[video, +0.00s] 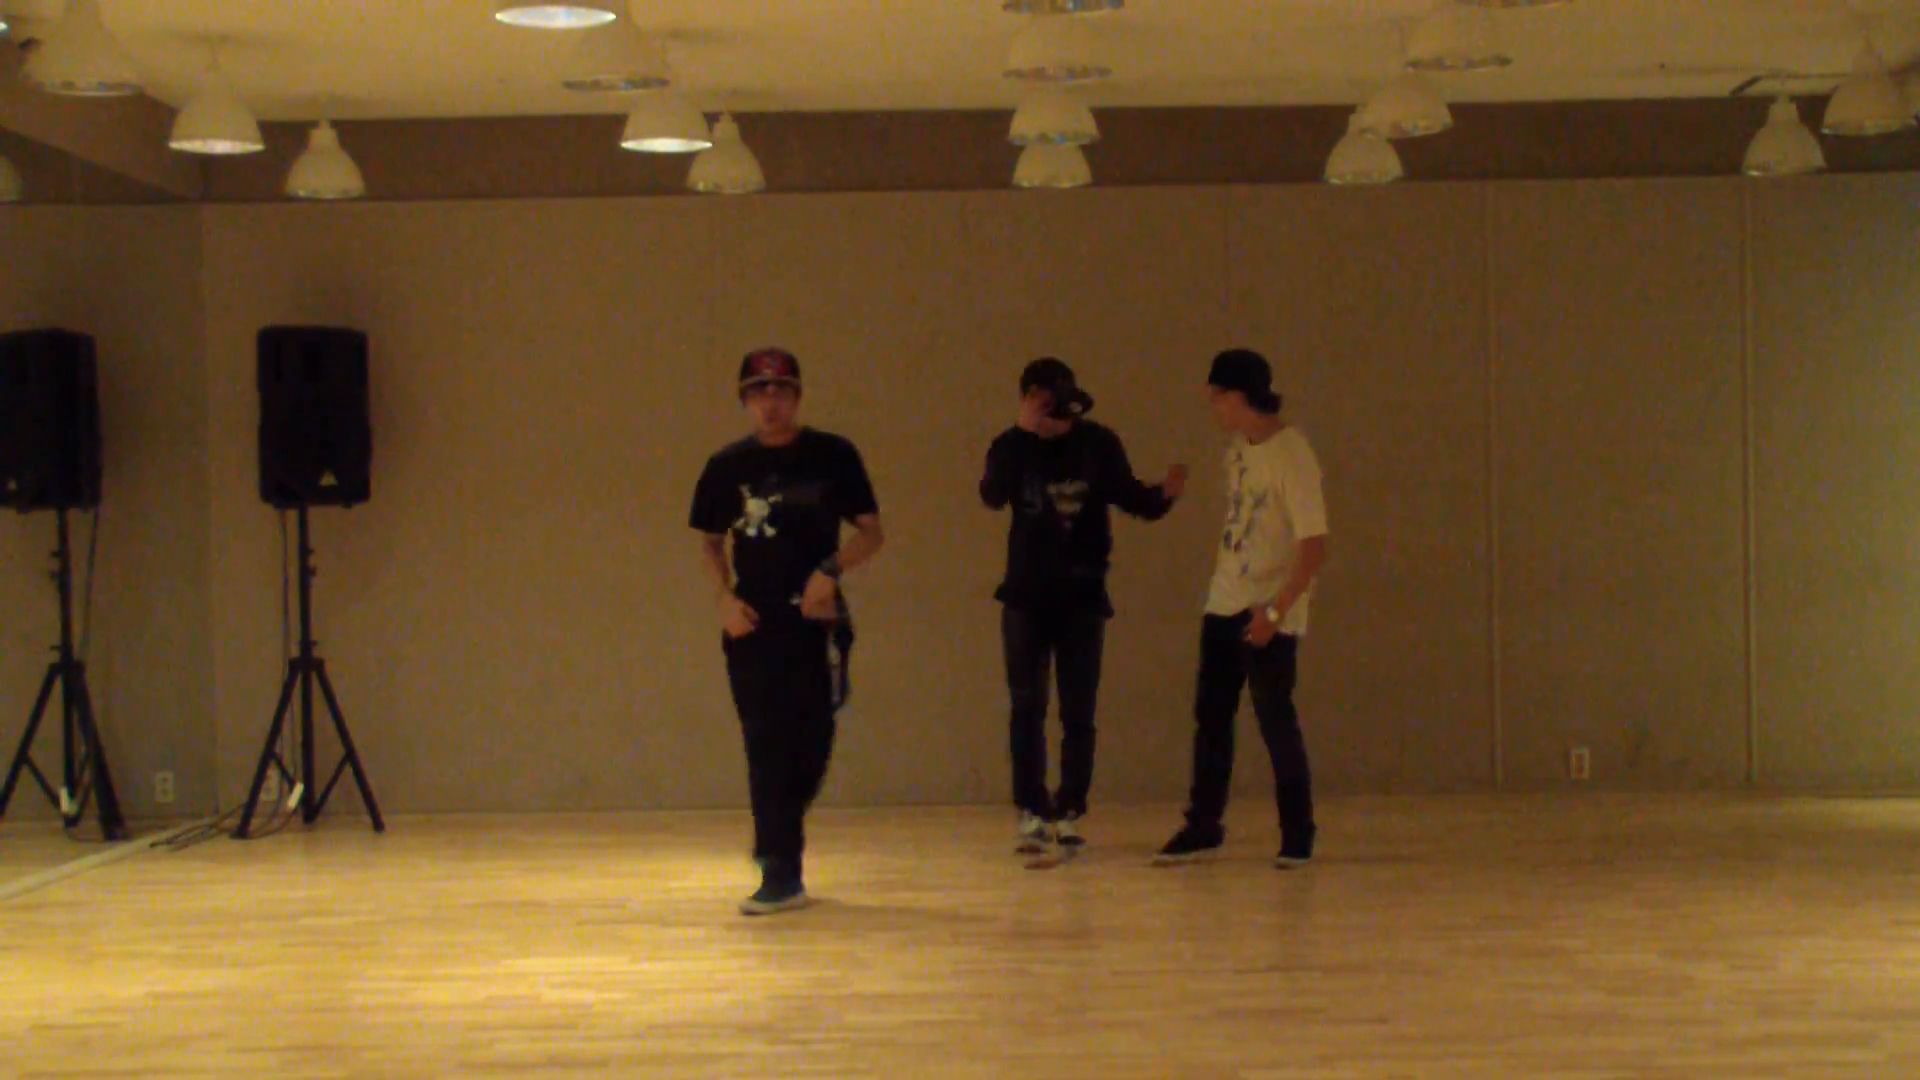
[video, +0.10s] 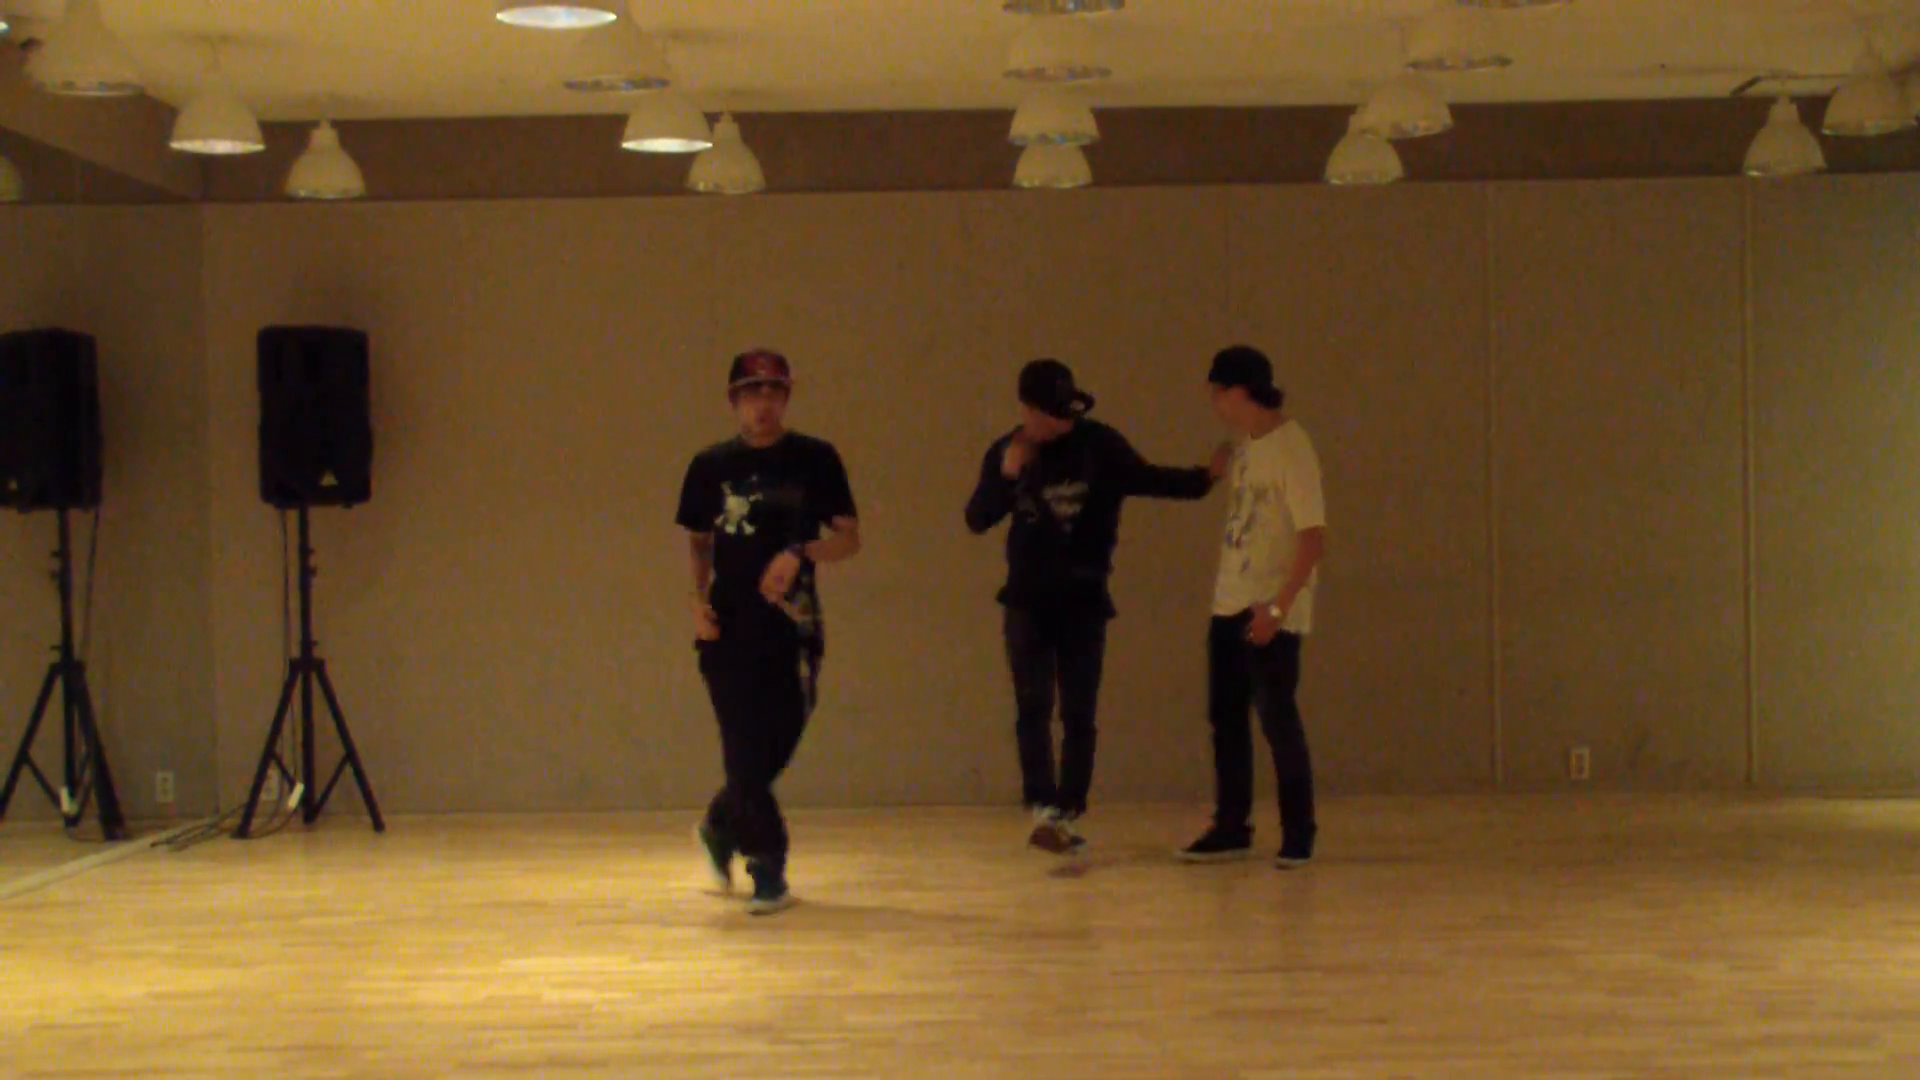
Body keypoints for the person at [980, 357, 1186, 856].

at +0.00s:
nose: (1043, 414)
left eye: (1052, 405)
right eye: (1037, 404)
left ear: (1067, 403)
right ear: (1025, 400)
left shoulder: (1097, 443)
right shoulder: (1011, 446)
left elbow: (1132, 500)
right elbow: (993, 497)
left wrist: (1164, 495)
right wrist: (1023, 433)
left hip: (1082, 596)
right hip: (1027, 595)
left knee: (1078, 712)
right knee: (1027, 706)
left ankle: (1069, 814)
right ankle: (1031, 812)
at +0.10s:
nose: (1027, 422)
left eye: (1036, 415)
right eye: (1029, 412)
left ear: (1059, 414)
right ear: (1026, 409)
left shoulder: (1100, 446)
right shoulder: (1008, 453)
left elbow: (1145, 479)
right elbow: (977, 521)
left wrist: (1203, 479)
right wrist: (1006, 475)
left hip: (1083, 599)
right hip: (1028, 599)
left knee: (1078, 711)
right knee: (1033, 705)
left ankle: (1070, 815)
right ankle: (1042, 809)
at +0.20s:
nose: (1062, 424)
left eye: (1064, 414)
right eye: (1053, 416)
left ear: (1066, 410)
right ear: (1027, 411)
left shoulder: (1098, 445)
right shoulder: (1004, 457)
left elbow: (1158, 473)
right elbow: (975, 529)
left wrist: (1230, 475)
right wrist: (985, 531)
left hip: (1085, 600)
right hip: (1030, 602)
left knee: (1079, 712)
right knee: (1039, 707)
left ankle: (1069, 816)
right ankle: (1054, 814)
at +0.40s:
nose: (1036, 441)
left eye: (1043, 431)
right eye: (1027, 432)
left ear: (1054, 417)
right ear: (1008, 422)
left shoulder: (1087, 443)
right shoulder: (995, 471)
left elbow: (1144, 470)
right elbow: (985, 540)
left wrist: (1209, 479)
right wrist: (979, 606)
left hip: (1091, 607)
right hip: (1034, 611)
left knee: (1094, 725)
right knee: (1042, 722)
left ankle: (1071, 801)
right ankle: (1063, 834)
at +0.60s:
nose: (1040, 411)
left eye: (1050, 403)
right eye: (1034, 399)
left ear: (1062, 399)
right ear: (1014, 387)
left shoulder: (1075, 432)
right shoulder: (983, 456)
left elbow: (1106, 482)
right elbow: (977, 541)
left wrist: (1137, 515)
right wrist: (991, 613)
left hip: (1087, 597)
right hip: (1026, 605)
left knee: (1100, 719)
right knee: (1045, 725)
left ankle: (1105, 832)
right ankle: (1067, 836)